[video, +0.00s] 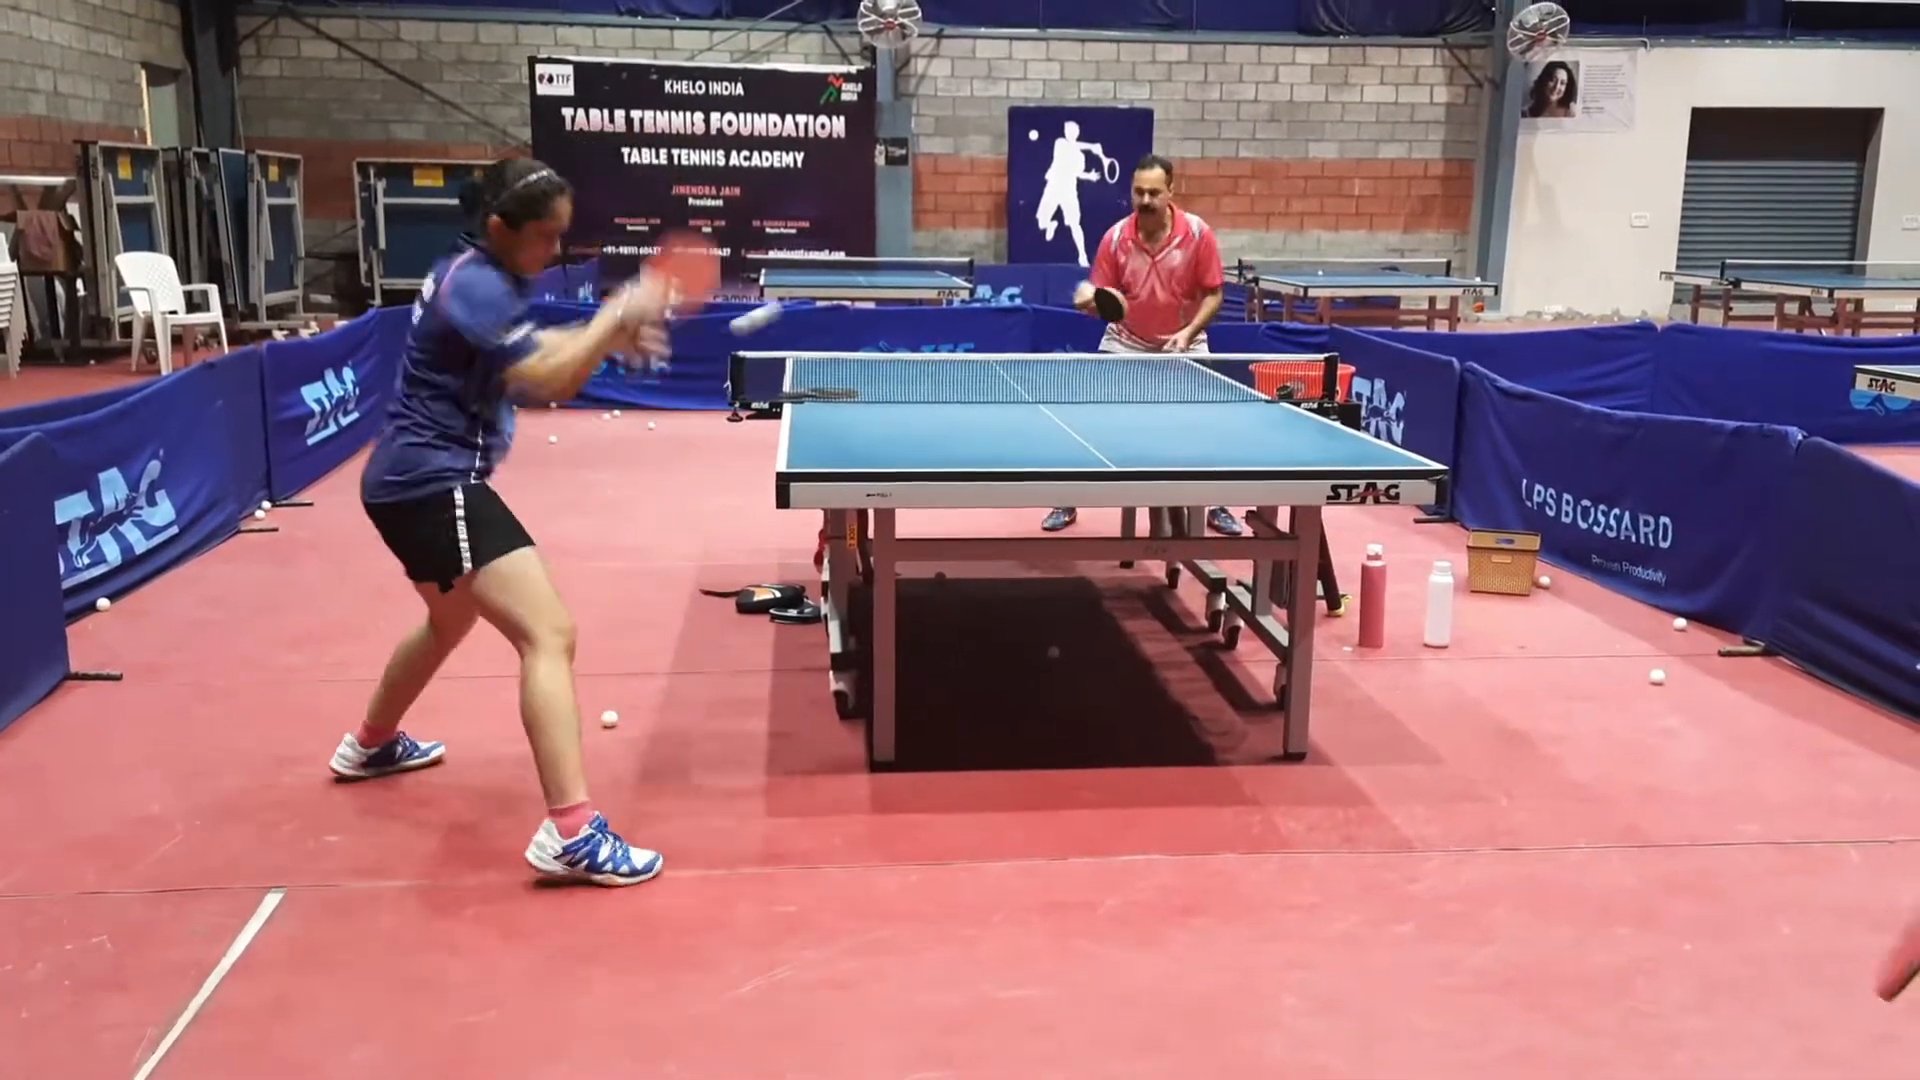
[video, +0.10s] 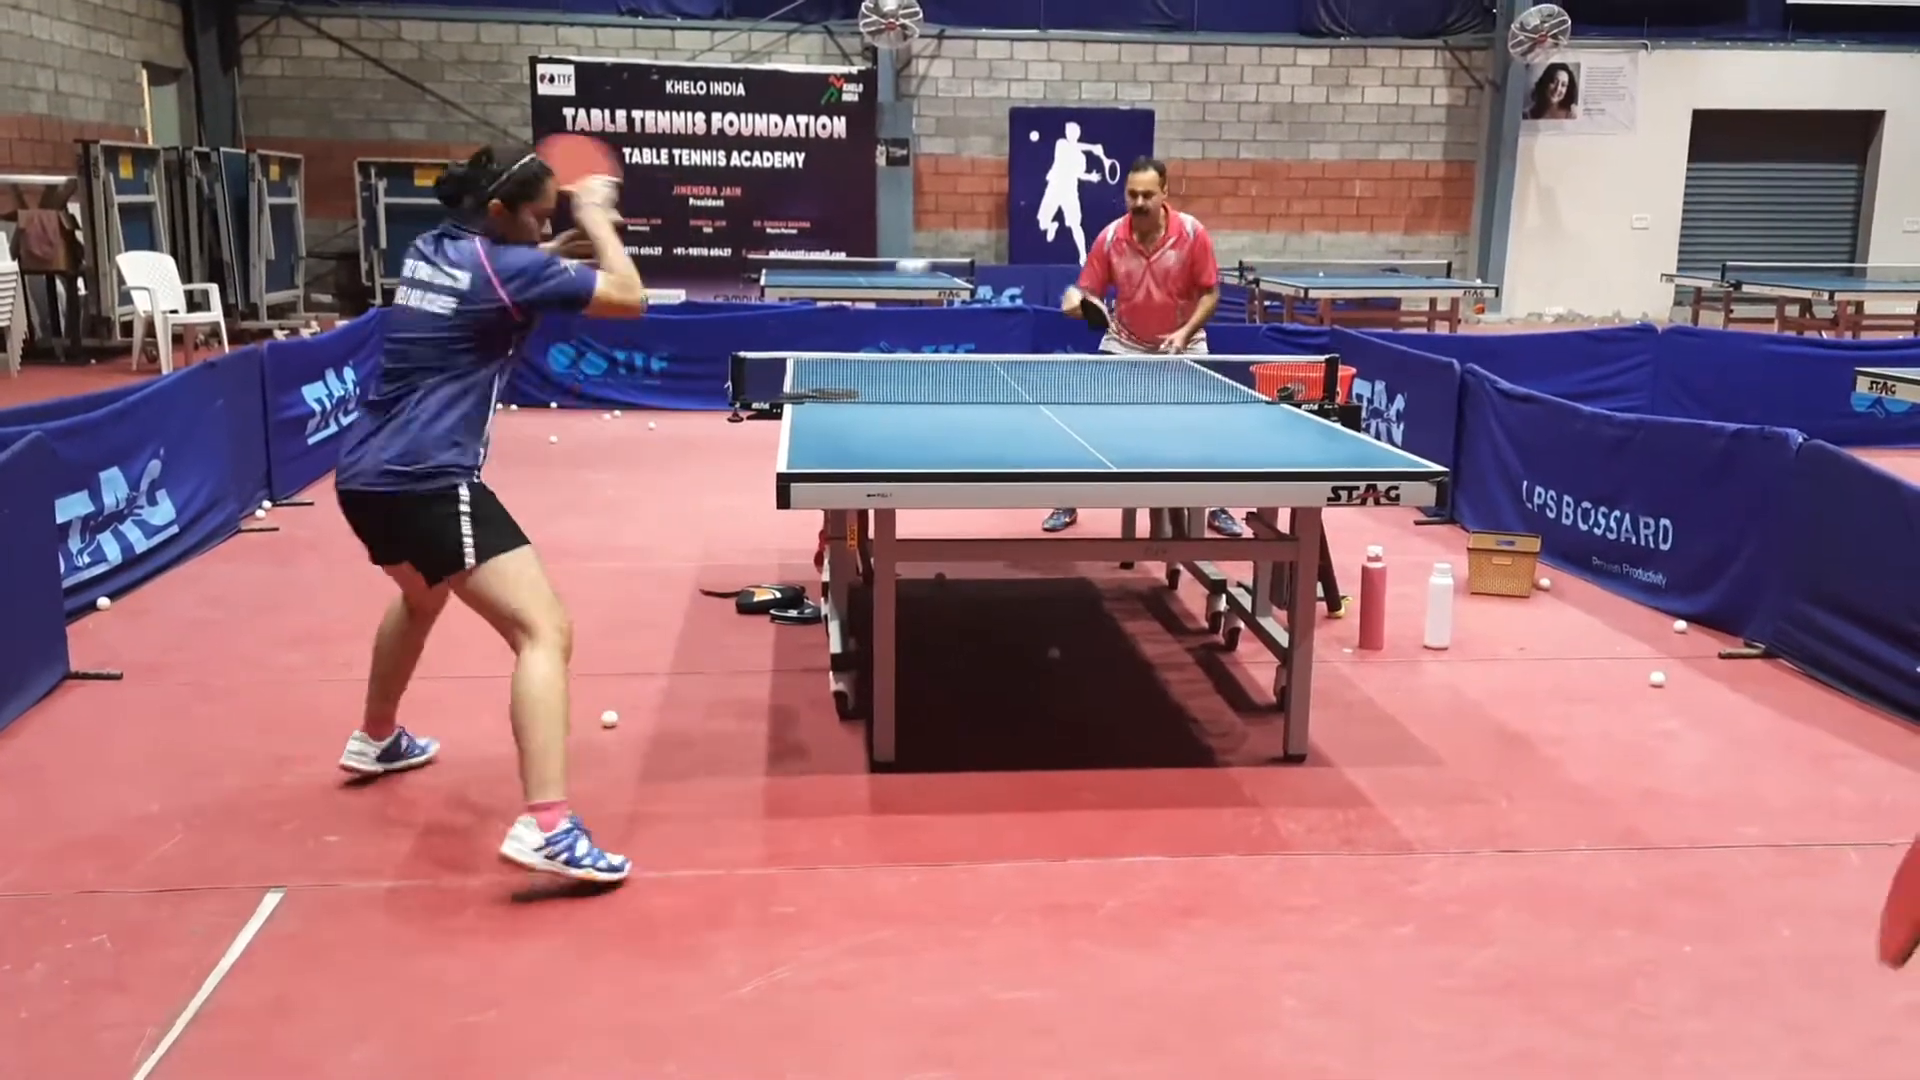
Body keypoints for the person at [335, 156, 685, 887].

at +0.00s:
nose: (557, 247)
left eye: (561, 234)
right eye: (546, 235)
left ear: (509, 229)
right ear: (499, 226)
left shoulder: (477, 272)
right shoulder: (475, 289)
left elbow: (531, 360)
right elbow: (547, 380)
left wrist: (609, 337)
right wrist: (617, 312)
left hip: (405, 479)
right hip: (435, 481)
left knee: (450, 619)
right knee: (547, 634)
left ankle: (371, 744)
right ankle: (573, 829)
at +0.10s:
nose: (549, 226)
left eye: (551, 213)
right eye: (543, 214)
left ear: (485, 210)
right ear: (503, 211)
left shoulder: (428, 249)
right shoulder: (511, 268)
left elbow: (516, 272)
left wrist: (581, 232)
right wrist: (598, 216)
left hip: (364, 478)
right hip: (432, 481)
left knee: (420, 596)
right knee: (544, 632)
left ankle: (374, 739)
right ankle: (546, 822)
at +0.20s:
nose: (525, 242)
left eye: (525, 230)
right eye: (522, 232)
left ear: (454, 229)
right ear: (495, 233)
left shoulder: (401, 277)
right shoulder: (509, 298)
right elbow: (603, 343)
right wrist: (575, 254)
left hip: (358, 503)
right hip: (442, 506)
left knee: (402, 611)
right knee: (552, 657)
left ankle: (338, 753)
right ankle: (543, 834)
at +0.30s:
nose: (509, 275)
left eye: (507, 262)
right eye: (505, 264)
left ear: (433, 268)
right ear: (483, 271)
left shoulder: (384, 322)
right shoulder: (503, 344)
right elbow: (598, 410)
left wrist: (492, 328)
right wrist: (615, 320)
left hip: (353, 545)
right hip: (442, 555)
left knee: (392, 616)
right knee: (565, 688)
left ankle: (335, 756)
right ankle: (540, 855)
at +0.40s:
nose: (520, 259)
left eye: (517, 246)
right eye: (516, 247)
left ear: (444, 251)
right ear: (497, 256)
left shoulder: (399, 306)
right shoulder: (506, 333)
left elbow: (444, 362)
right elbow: (582, 432)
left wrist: (520, 341)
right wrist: (631, 357)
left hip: (345, 526)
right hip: (432, 535)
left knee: (384, 613)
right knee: (549, 673)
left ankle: (333, 756)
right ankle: (540, 858)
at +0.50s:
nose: (551, 230)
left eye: (550, 215)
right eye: (548, 216)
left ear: (479, 210)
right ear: (527, 220)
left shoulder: (439, 252)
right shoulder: (511, 302)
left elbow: (467, 358)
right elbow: (538, 426)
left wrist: (559, 356)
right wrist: (620, 408)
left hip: (330, 470)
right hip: (403, 481)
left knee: (377, 603)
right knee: (511, 648)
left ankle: (341, 747)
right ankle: (537, 849)